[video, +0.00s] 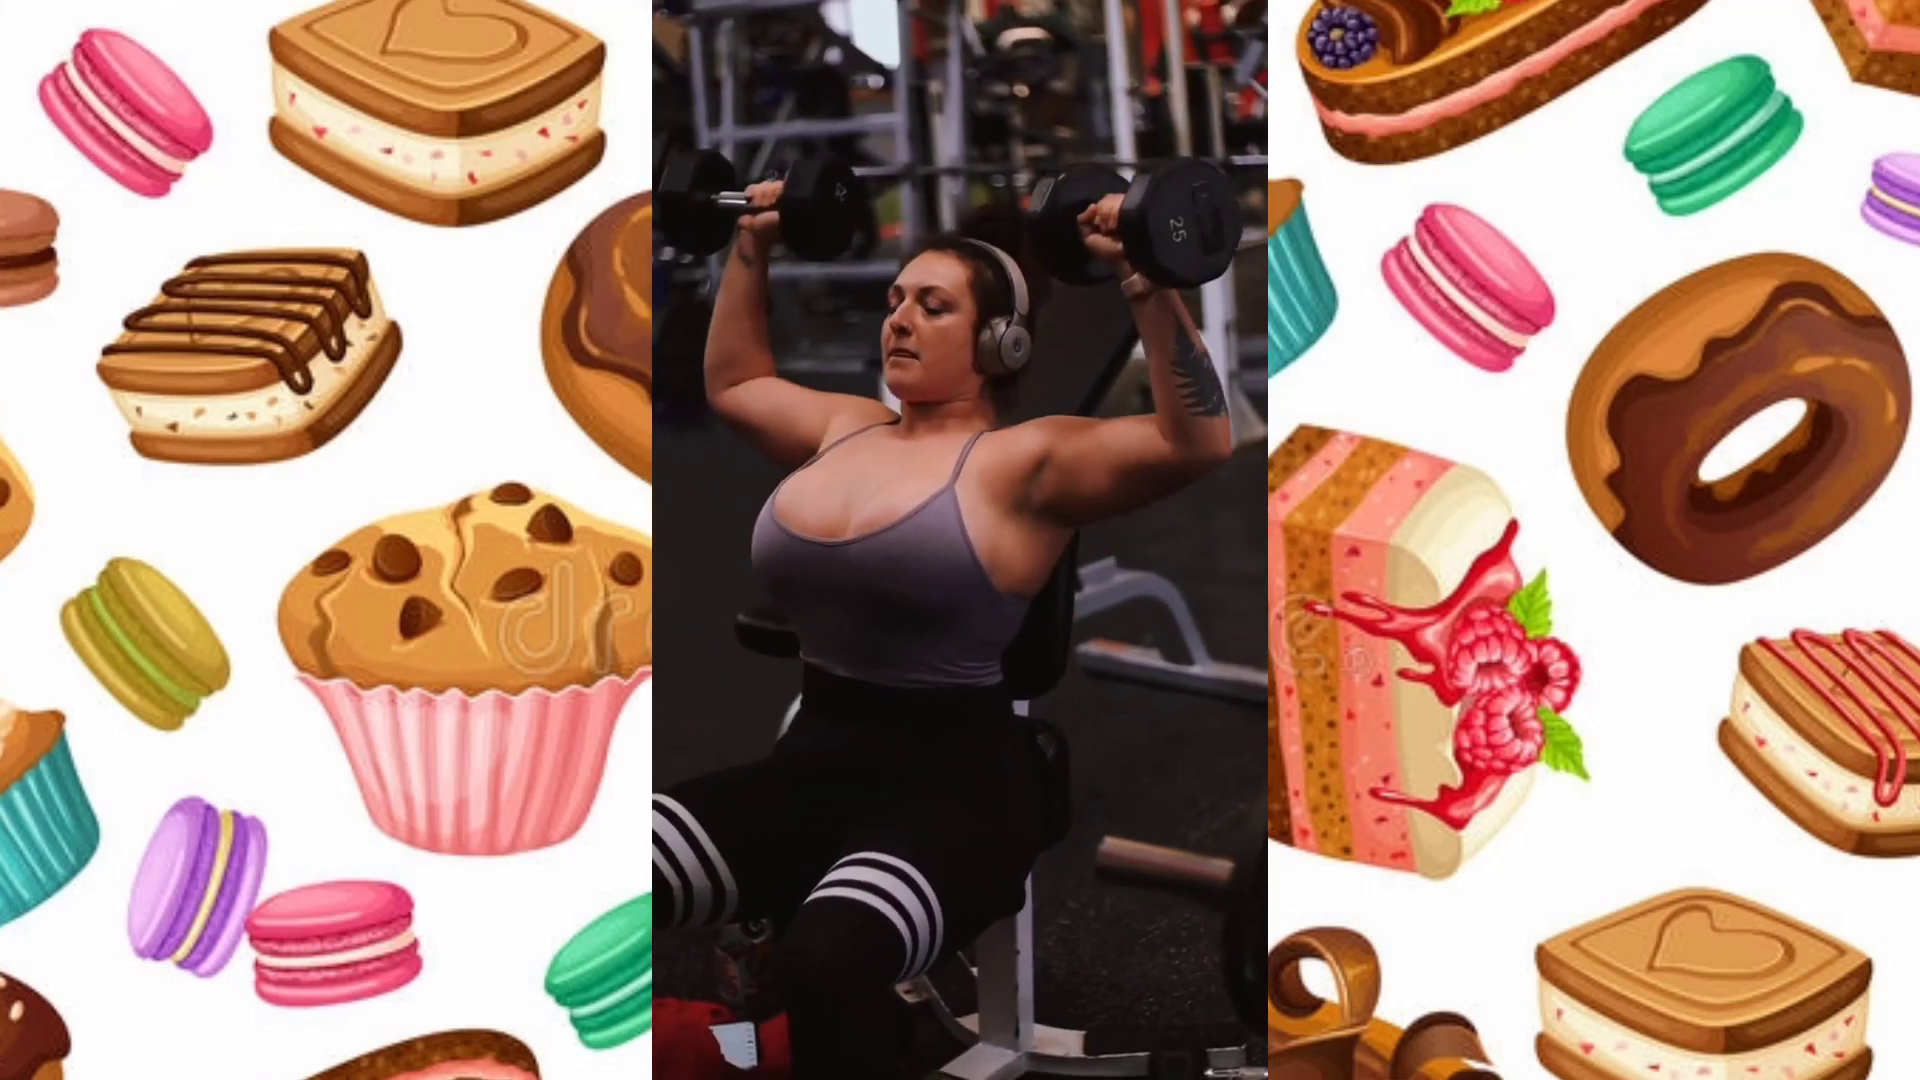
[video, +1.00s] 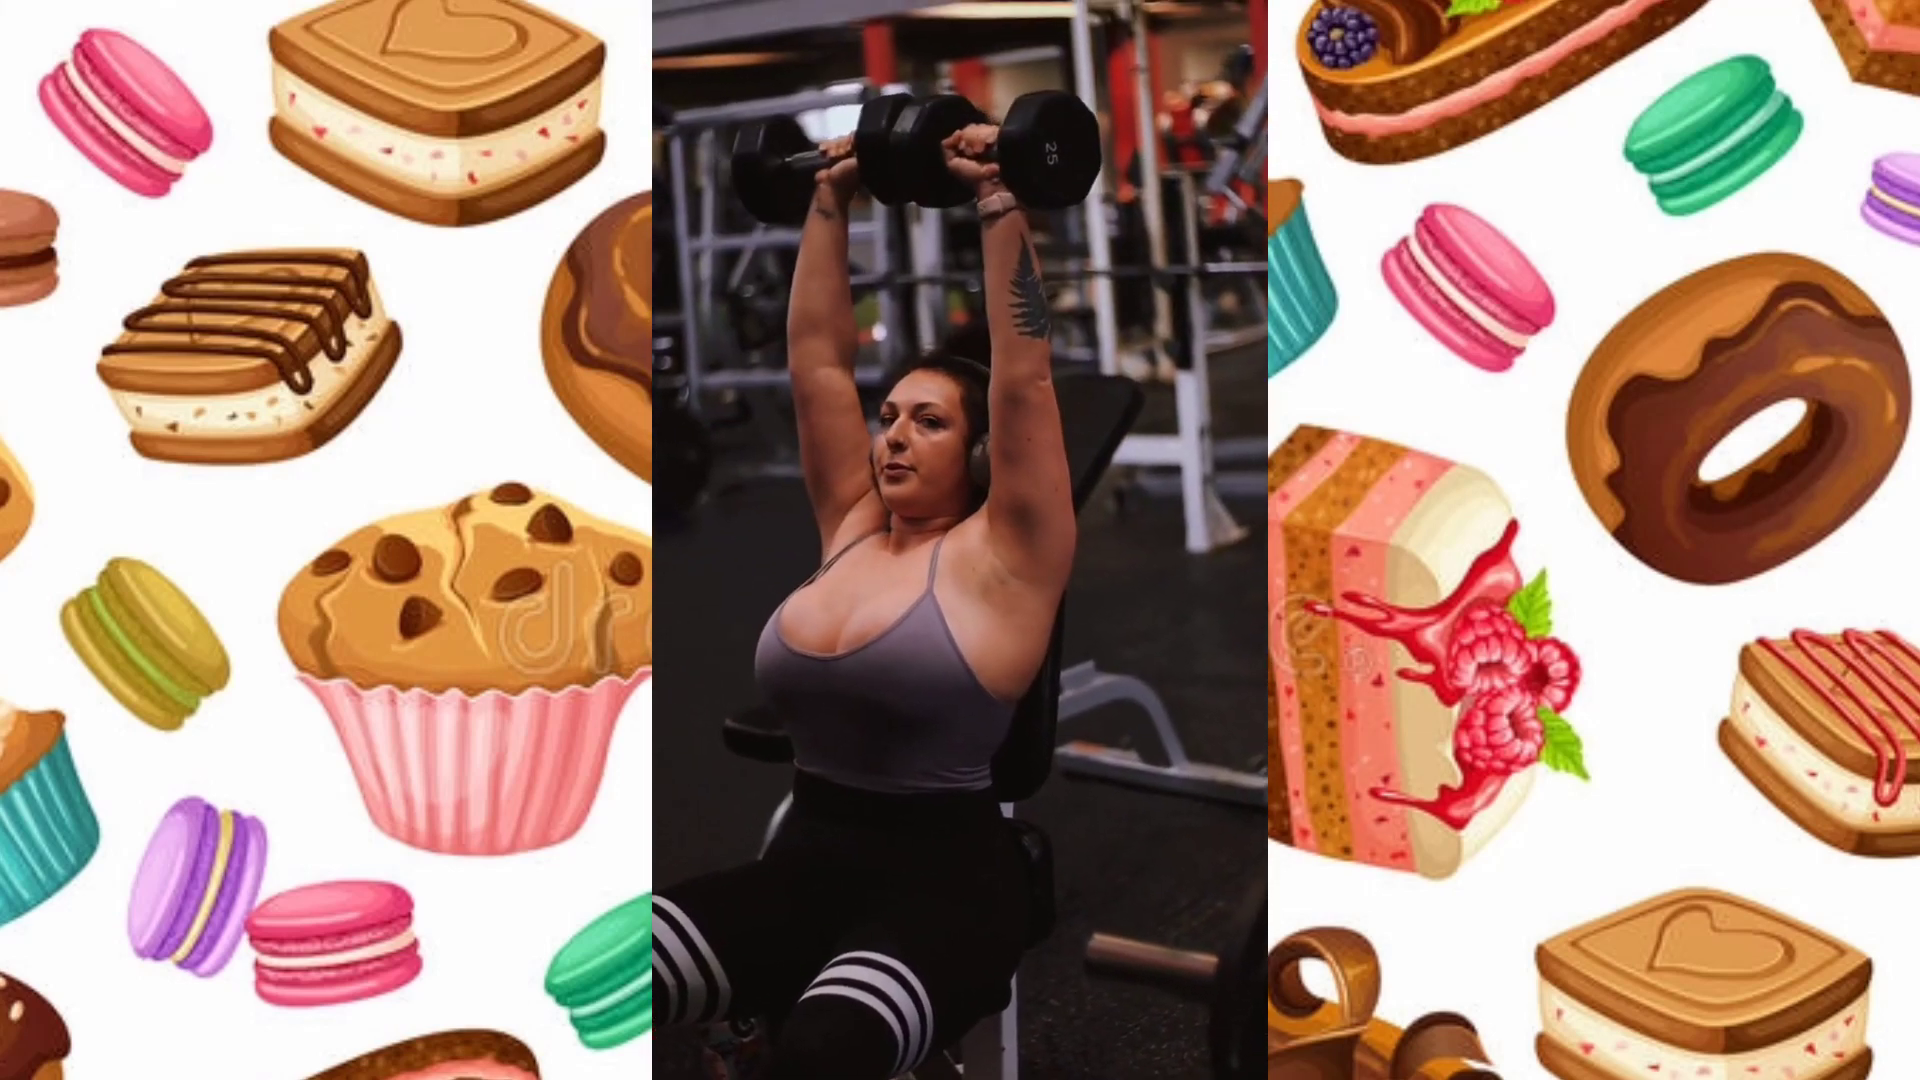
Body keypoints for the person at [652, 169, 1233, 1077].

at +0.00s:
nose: (898, 318)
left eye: (932, 304)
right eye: (894, 302)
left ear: (995, 340)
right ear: (882, 323)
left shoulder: (1027, 460)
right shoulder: (843, 427)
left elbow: (1197, 441)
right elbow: (736, 382)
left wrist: (1145, 280)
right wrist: (749, 248)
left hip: (961, 780)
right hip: (822, 762)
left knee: (822, 955)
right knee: (608, 869)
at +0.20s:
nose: (910, 345)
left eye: (944, 333)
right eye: (906, 328)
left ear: (1002, 372)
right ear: (889, 353)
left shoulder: (1031, 484)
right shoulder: (852, 447)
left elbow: (1169, 396)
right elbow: (748, 354)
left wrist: (1118, 237)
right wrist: (762, 217)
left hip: (960, 807)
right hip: (823, 790)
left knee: (832, 979)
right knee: (608, 898)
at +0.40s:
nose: (900, 386)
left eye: (932, 373)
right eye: (896, 369)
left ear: (992, 410)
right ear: (884, 390)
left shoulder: (1021, 515)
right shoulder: (852, 481)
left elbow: (1118, 379)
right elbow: (766, 351)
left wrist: (1072, 218)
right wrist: (775, 208)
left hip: (958, 841)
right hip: (822, 823)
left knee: (827, 1013)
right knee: (612, 935)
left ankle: (927, 1055)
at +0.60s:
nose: (883, 404)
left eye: (914, 390)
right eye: (878, 388)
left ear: (971, 419)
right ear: (864, 410)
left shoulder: (1004, 524)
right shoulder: (839, 493)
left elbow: (1045, 358)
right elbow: (779, 341)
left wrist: (1014, 191)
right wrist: (780, 183)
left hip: (943, 851)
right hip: (804, 834)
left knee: (811, 1025)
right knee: (606, 947)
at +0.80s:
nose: (891, 421)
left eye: (924, 406)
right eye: (886, 404)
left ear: (980, 433)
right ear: (870, 427)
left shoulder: (1007, 534)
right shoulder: (849, 508)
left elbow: (1020, 363)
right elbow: (809, 347)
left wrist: (1000, 192)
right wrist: (814, 185)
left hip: (945, 864)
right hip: (809, 848)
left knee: (815, 1036)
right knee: (603, 961)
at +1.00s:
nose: (894, 435)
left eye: (927, 421)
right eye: (889, 417)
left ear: (982, 447)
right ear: (873, 438)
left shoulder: (1011, 549)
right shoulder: (853, 523)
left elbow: (1023, 377)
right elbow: (818, 362)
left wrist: (999, 208)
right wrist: (829, 200)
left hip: (946, 880)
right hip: (812, 864)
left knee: (825, 1043)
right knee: (606, 974)